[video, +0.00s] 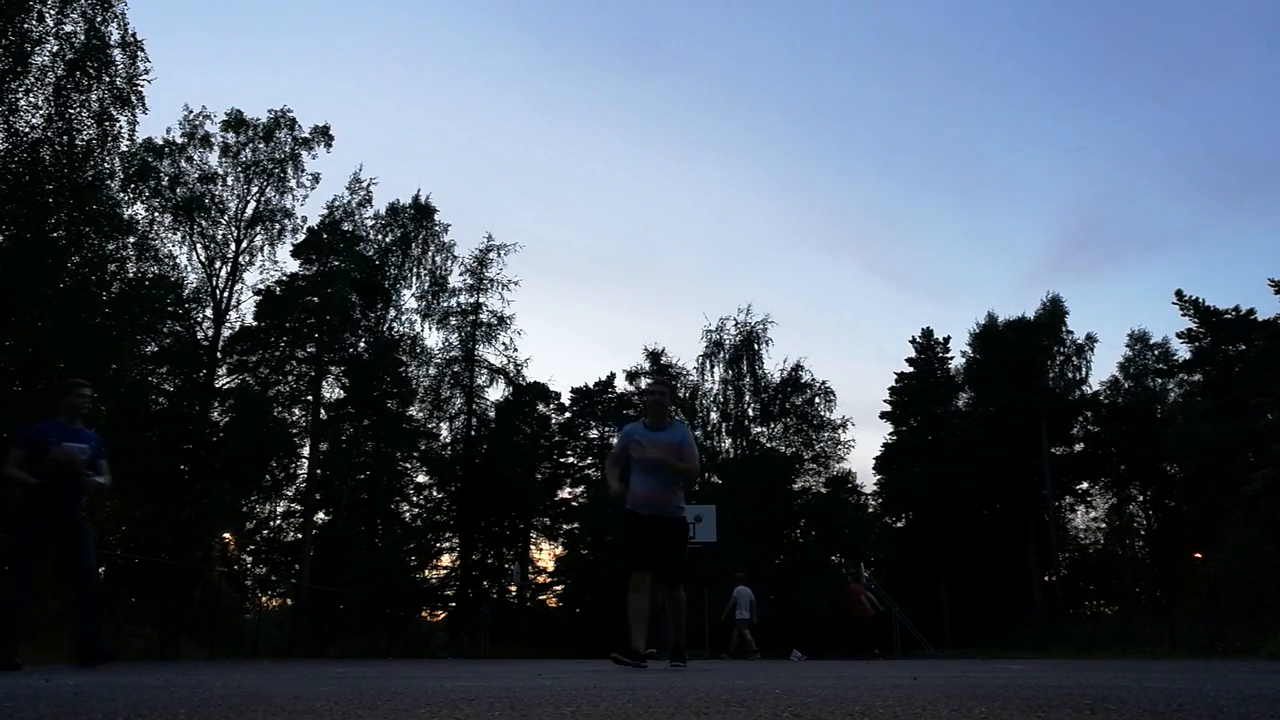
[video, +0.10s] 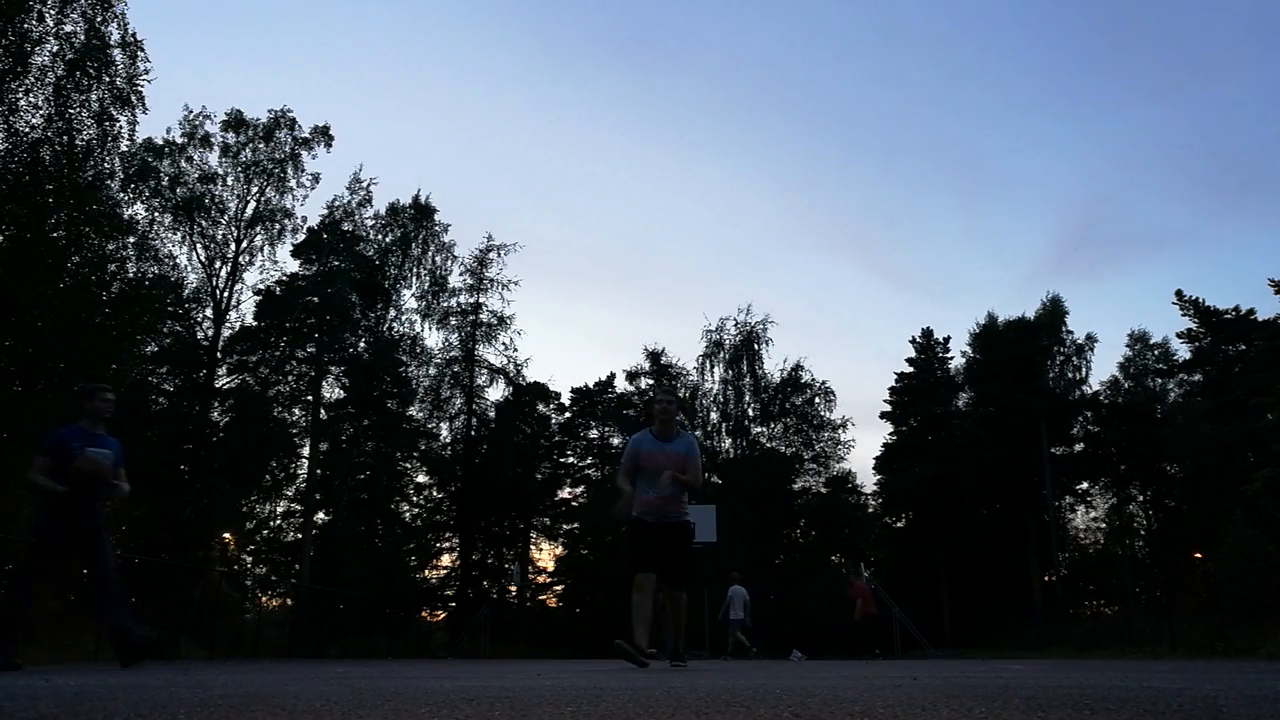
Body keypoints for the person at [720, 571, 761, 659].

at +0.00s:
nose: (737, 582)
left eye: (737, 581)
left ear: (737, 581)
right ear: (744, 581)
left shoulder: (737, 590)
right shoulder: (748, 590)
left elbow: (732, 602)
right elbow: (753, 602)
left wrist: (725, 613)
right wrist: (754, 614)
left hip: (739, 616)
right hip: (747, 616)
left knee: (746, 633)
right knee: (737, 633)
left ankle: (754, 651)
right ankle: (732, 650)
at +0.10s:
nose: (732, 582)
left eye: (732, 580)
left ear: (732, 581)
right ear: (739, 581)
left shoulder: (731, 589)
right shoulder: (743, 590)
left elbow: (727, 601)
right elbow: (748, 601)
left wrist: (721, 612)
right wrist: (747, 613)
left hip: (733, 616)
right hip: (741, 616)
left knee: (735, 633)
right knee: (735, 633)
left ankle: (749, 647)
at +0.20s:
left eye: (728, 579)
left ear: (728, 580)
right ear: (735, 580)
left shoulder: (727, 589)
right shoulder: (738, 589)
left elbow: (724, 600)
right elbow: (742, 600)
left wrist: (719, 610)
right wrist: (741, 610)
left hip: (728, 615)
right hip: (737, 614)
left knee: (726, 632)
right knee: (733, 632)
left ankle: (738, 643)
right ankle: (729, 653)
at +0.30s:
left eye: (724, 579)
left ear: (723, 579)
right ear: (731, 579)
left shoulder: (722, 588)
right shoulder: (734, 588)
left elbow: (720, 600)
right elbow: (738, 599)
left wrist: (717, 610)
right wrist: (736, 608)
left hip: (724, 613)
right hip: (733, 613)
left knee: (720, 631)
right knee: (731, 631)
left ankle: (727, 646)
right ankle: (730, 648)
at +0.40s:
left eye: (720, 580)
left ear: (719, 580)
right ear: (726, 580)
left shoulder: (718, 589)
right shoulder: (729, 589)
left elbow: (716, 601)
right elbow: (732, 599)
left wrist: (714, 611)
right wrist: (731, 609)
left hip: (719, 614)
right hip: (729, 614)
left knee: (716, 632)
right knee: (729, 633)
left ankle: (717, 651)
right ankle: (729, 651)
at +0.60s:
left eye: (709, 583)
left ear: (709, 584)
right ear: (716, 584)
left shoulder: (708, 592)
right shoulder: (720, 592)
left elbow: (707, 605)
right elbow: (722, 603)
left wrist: (706, 615)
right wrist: (721, 612)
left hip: (711, 617)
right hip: (721, 616)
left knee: (707, 634)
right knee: (723, 634)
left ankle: (706, 651)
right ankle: (727, 651)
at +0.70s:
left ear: (702, 584)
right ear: (710, 584)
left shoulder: (702, 592)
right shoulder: (713, 593)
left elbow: (702, 605)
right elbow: (716, 604)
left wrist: (700, 613)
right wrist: (716, 612)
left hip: (705, 616)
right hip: (715, 616)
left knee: (703, 633)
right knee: (716, 633)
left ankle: (701, 651)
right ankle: (724, 648)